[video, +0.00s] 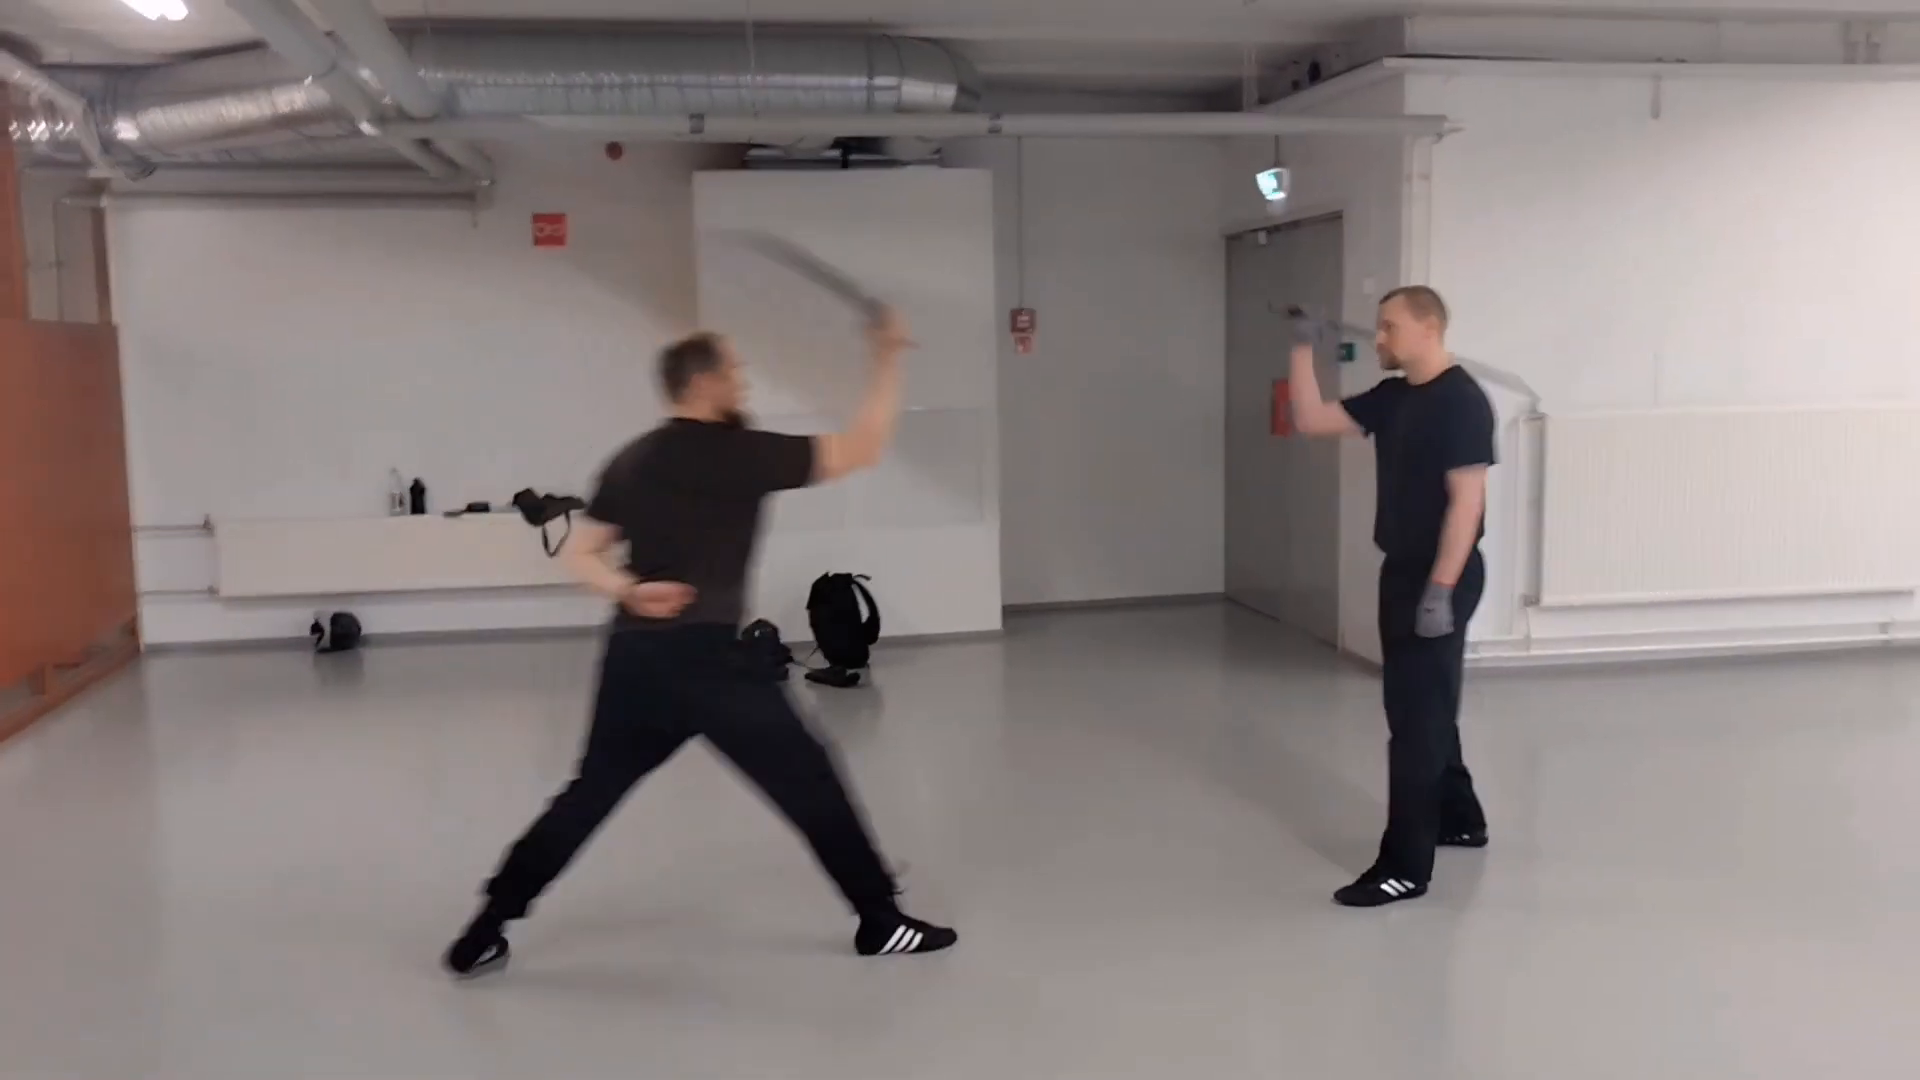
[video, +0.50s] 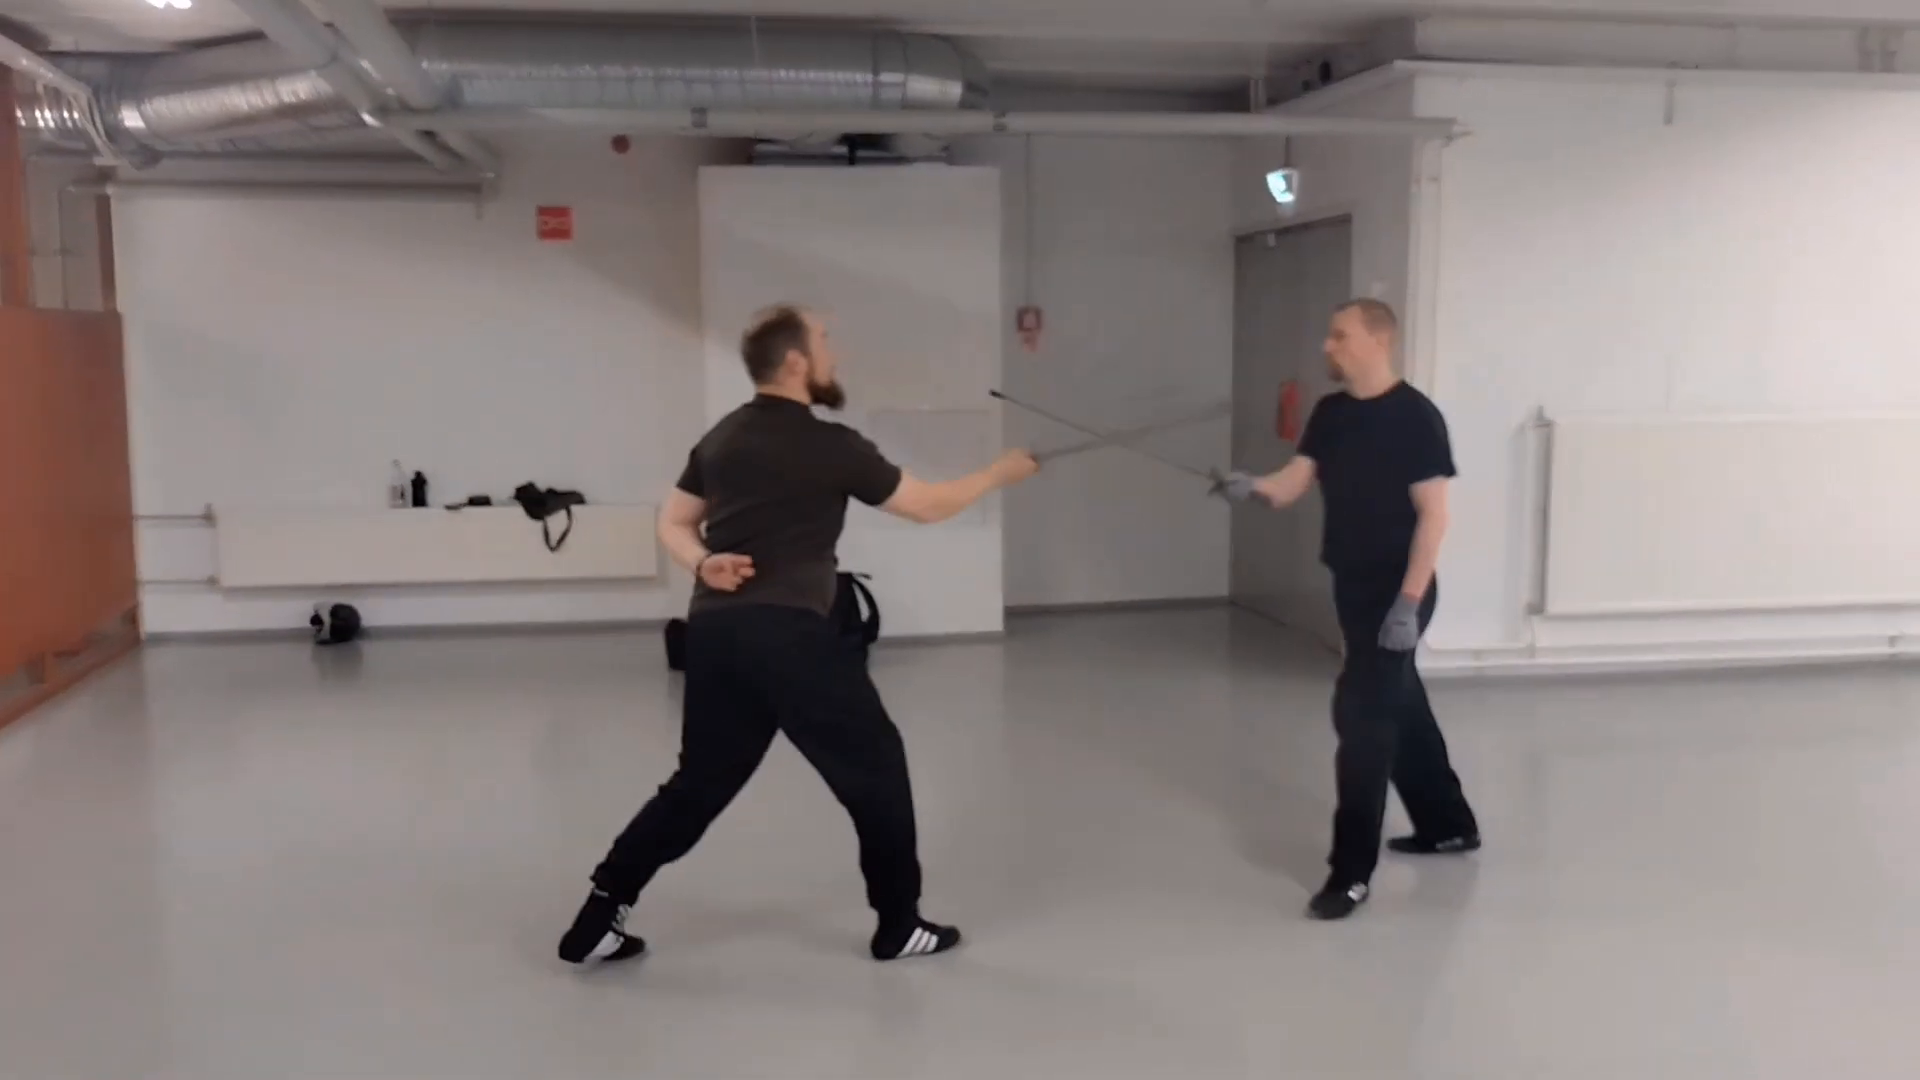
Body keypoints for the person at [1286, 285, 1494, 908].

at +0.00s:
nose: (1379, 338)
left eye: (1389, 327)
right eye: (1379, 328)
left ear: (1429, 328)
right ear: (1404, 334)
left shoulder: (1461, 400)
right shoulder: (1394, 395)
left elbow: (1468, 501)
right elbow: (1312, 419)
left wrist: (1440, 588)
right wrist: (1303, 346)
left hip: (1442, 575)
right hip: (1402, 571)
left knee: (1414, 719)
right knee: (1422, 707)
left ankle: (1405, 867)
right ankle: (1458, 817)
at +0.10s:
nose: (1382, 336)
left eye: (1392, 325)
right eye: (1381, 326)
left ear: (1433, 327)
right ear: (1389, 336)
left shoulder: (1468, 401)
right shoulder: (1388, 392)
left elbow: (1480, 503)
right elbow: (1307, 404)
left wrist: (1456, 590)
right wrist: (1285, 327)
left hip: (1447, 575)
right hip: (1399, 571)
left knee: (1427, 718)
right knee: (1412, 707)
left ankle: (1408, 863)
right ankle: (1461, 817)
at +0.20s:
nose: (1379, 337)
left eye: (1389, 326)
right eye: (1378, 328)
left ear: (1429, 329)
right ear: (1389, 337)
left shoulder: (1466, 403)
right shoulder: (1385, 393)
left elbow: (1479, 503)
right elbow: (1316, 412)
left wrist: (1455, 590)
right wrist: (1279, 360)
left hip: (1441, 575)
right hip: (1391, 570)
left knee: (1419, 717)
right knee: (1410, 707)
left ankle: (1398, 864)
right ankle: (1460, 821)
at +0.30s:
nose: (1367, 340)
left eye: (1377, 329)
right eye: (1367, 331)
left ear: (1418, 331)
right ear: (1384, 338)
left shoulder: (1454, 405)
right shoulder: (1373, 394)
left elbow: (1466, 506)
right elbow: (1313, 421)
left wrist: (1442, 589)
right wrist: (1282, 407)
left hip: (1430, 574)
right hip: (1382, 570)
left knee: (1402, 716)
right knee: (1417, 706)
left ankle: (1388, 865)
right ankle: (1455, 822)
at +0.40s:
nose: (1348, 344)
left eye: (1359, 333)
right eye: (1348, 334)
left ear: (1400, 334)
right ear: (1367, 341)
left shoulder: (1436, 409)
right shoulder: (1356, 403)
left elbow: (1451, 507)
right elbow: (1310, 457)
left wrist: (1422, 589)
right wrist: (1278, 455)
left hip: (1418, 579)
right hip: (1371, 575)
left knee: (1379, 705)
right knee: (1410, 702)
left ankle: (1375, 862)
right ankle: (1452, 825)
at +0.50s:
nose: (1328, 347)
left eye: (1340, 336)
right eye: (1329, 337)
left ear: (1380, 342)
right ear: (1350, 346)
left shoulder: (1415, 416)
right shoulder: (1331, 413)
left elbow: (1434, 515)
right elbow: (1292, 482)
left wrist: (1409, 600)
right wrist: (1255, 487)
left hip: (1402, 588)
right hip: (1352, 585)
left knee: (1359, 712)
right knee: (1402, 708)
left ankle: (1350, 873)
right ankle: (1446, 823)